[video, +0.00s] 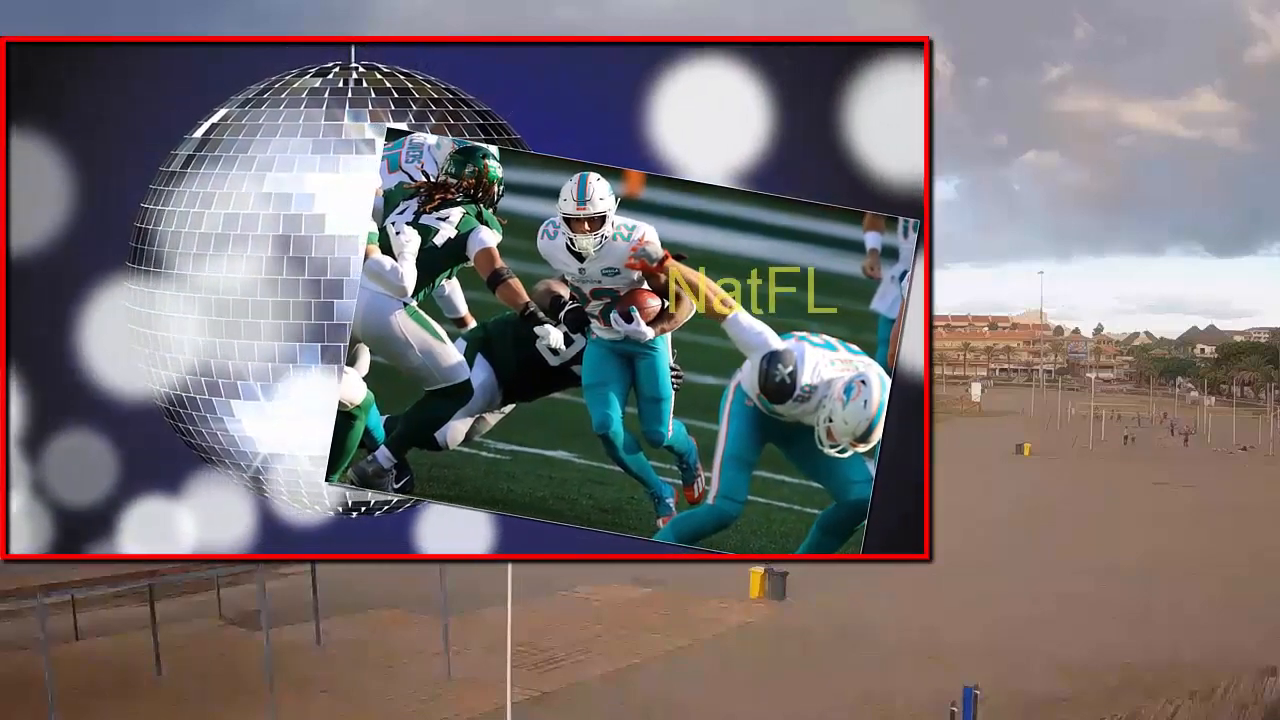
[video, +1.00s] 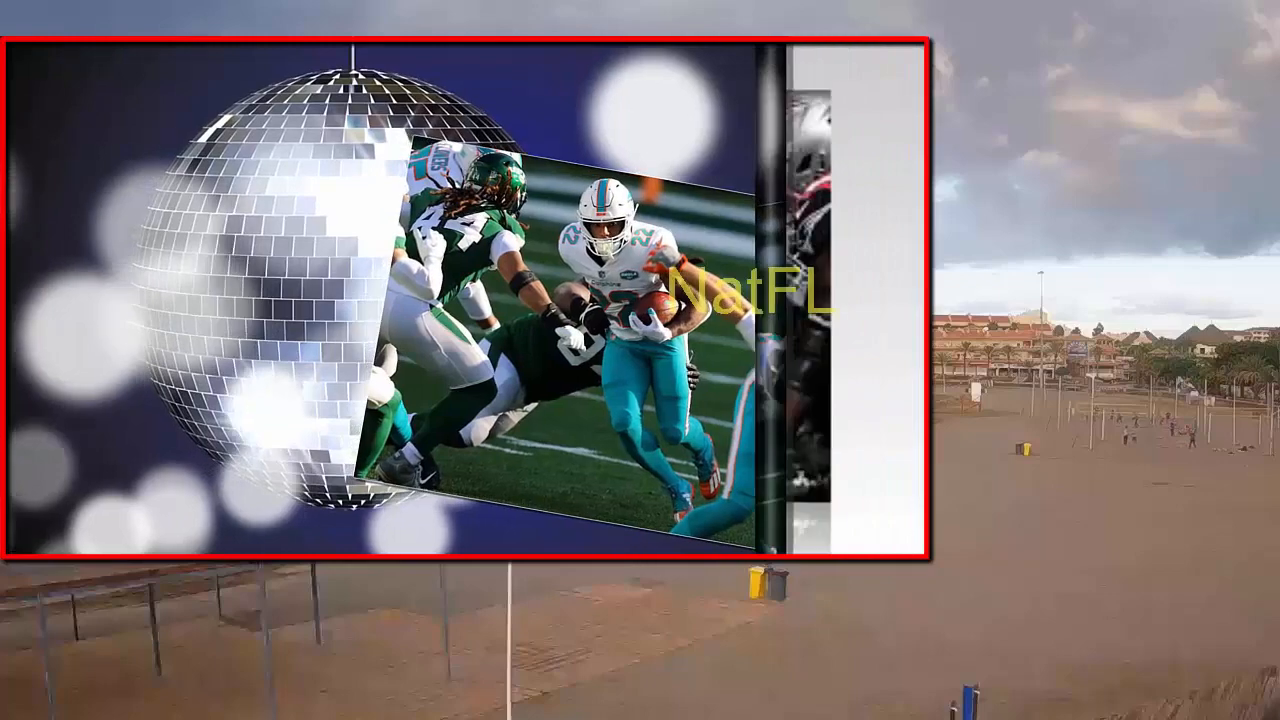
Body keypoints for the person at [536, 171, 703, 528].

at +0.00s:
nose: (583, 228)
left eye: (592, 220)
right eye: (575, 221)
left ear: (608, 214)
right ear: (563, 216)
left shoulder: (639, 240)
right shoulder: (550, 239)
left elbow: (687, 301)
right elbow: (575, 279)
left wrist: (653, 331)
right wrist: (582, 308)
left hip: (649, 342)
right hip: (602, 341)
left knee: (656, 434)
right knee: (606, 427)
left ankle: (689, 460)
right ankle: (661, 494)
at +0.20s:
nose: (587, 229)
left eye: (596, 221)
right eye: (579, 222)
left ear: (612, 215)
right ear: (568, 217)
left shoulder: (642, 241)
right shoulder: (554, 241)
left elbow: (691, 301)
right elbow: (581, 280)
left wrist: (657, 331)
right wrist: (589, 308)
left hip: (653, 342)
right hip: (606, 341)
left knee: (660, 433)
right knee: (610, 427)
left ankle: (692, 460)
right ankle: (665, 494)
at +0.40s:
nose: (591, 230)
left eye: (600, 222)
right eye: (583, 223)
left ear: (615, 216)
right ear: (571, 219)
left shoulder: (646, 242)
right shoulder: (558, 241)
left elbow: (693, 300)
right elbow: (583, 281)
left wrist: (660, 332)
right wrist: (586, 308)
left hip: (656, 343)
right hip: (609, 342)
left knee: (663, 432)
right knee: (613, 427)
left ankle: (695, 458)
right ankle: (668, 492)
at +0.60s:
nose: (595, 232)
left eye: (604, 223)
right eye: (587, 224)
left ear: (620, 218)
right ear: (576, 220)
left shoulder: (650, 243)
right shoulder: (562, 242)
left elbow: (697, 301)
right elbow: (588, 281)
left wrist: (664, 331)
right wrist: (592, 308)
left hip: (660, 343)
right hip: (614, 342)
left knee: (667, 433)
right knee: (617, 426)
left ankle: (698, 458)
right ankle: (671, 491)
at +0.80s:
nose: (599, 232)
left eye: (607, 224)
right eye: (591, 225)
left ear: (623, 219)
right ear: (580, 221)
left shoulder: (654, 243)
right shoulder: (566, 243)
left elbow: (700, 302)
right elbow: (591, 282)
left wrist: (667, 332)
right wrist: (590, 310)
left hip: (663, 343)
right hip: (617, 342)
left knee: (670, 432)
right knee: (621, 426)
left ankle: (702, 458)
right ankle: (675, 490)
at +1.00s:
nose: (603, 233)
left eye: (611, 225)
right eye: (595, 226)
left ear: (627, 219)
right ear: (584, 222)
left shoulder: (657, 243)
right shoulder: (571, 243)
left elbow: (701, 304)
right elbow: (592, 282)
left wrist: (669, 332)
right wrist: (592, 310)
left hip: (667, 343)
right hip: (621, 342)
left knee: (673, 431)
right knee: (625, 425)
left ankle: (704, 454)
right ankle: (678, 490)